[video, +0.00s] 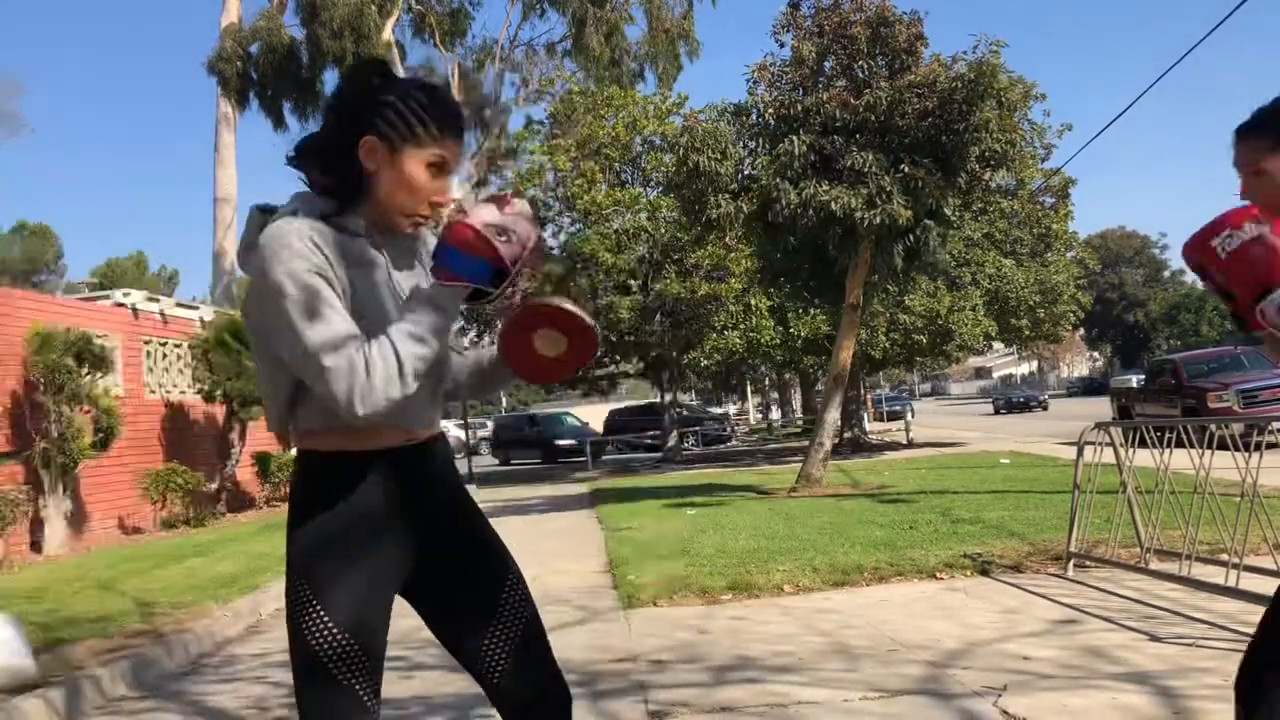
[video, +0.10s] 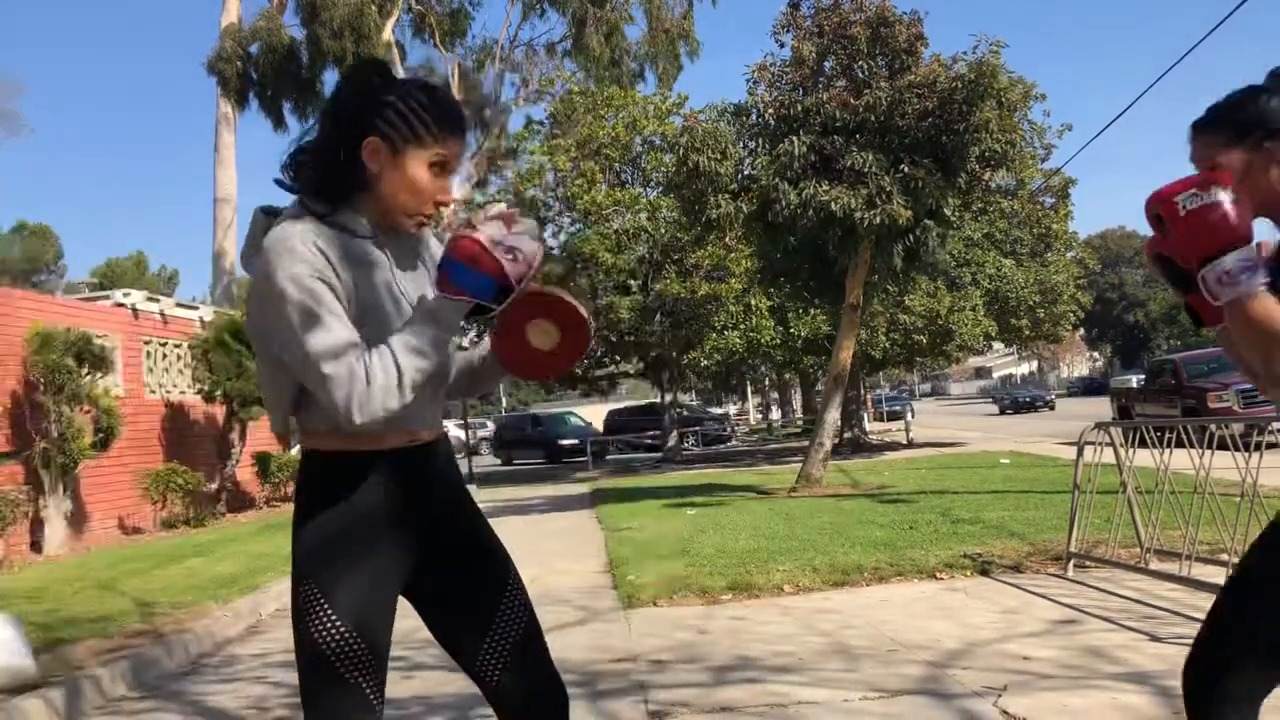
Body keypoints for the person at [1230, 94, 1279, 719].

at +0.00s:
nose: (1243, 188)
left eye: (1255, 170)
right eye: (1241, 171)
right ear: (1251, 171)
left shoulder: (1278, 247)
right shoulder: (1265, 246)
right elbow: (1274, 348)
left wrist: (1269, 303)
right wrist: (1250, 308)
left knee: (1258, 683)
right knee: (1257, 682)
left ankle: (1262, 691)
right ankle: (1260, 690)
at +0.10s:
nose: (1211, 192)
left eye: (1218, 172)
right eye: (1205, 177)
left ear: (1269, 157)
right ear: (1259, 161)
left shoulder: (1273, 240)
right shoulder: (1265, 244)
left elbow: (1270, 365)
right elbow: (1267, 374)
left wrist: (1226, 268)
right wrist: (1204, 291)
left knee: (1219, 680)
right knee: (1219, 677)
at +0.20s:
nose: (1156, 176)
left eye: (1161, 160)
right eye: (1150, 162)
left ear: (1209, 140)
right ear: (1213, 141)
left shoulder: (1270, 204)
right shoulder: (1250, 213)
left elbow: (1220, 340)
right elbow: (1218, 343)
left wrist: (1171, 226)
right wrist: (1145, 273)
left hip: (1278, 481)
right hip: (1269, 476)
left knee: (1198, 679)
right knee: (1198, 678)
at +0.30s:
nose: (1105, 165)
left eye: (1108, 147)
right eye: (1098, 151)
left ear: (1160, 128)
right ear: (1161, 132)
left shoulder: (1242, 188)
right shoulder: (1209, 202)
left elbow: (1189, 331)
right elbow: (1176, 331)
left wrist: (1122, 234)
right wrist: (1106, 255)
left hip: (1262, 458)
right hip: (1248, 455)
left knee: (1191, 675)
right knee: (1268, 660)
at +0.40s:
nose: (1086, 168)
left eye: (1089, 148)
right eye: (1079, 152)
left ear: (1143, 132)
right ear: (1145, 135)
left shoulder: (1217, 192)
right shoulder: (1192, 204)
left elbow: (1188, 344)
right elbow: (1170, 338)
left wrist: (1103, 250)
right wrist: (1092, 256)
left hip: (1249, 453)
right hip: (1238, 450)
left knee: (1177, 673)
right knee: (1260, 665)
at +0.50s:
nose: (1076, 181)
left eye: (1081, 162)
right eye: (1070, 165)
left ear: (1134, 149)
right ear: (1137, 149)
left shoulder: (1196, 212)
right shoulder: (1199, 211)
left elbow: (1191, 358)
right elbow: (1160, 353)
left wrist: (1095, 284)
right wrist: (1093, 269)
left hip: (1239, 473)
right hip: (1257, 468)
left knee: (1128, 684)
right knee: (1249, 675)